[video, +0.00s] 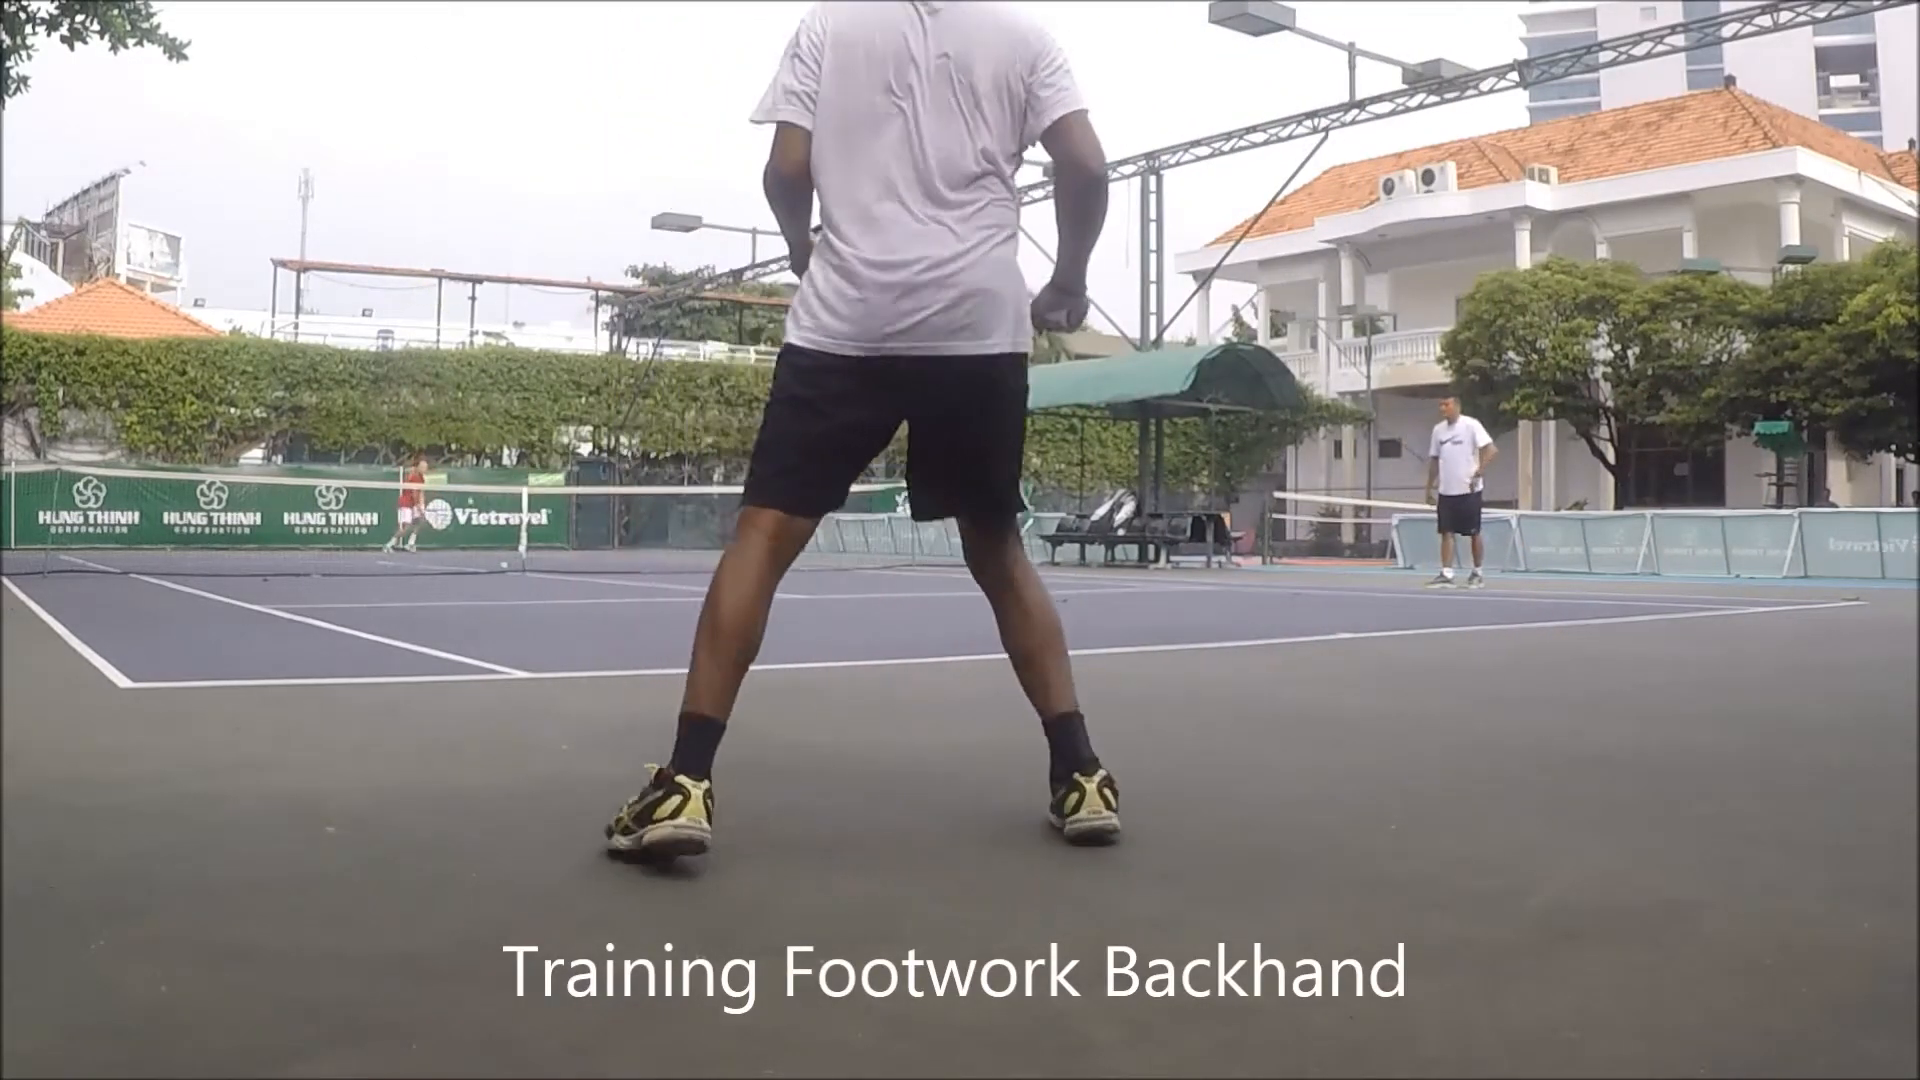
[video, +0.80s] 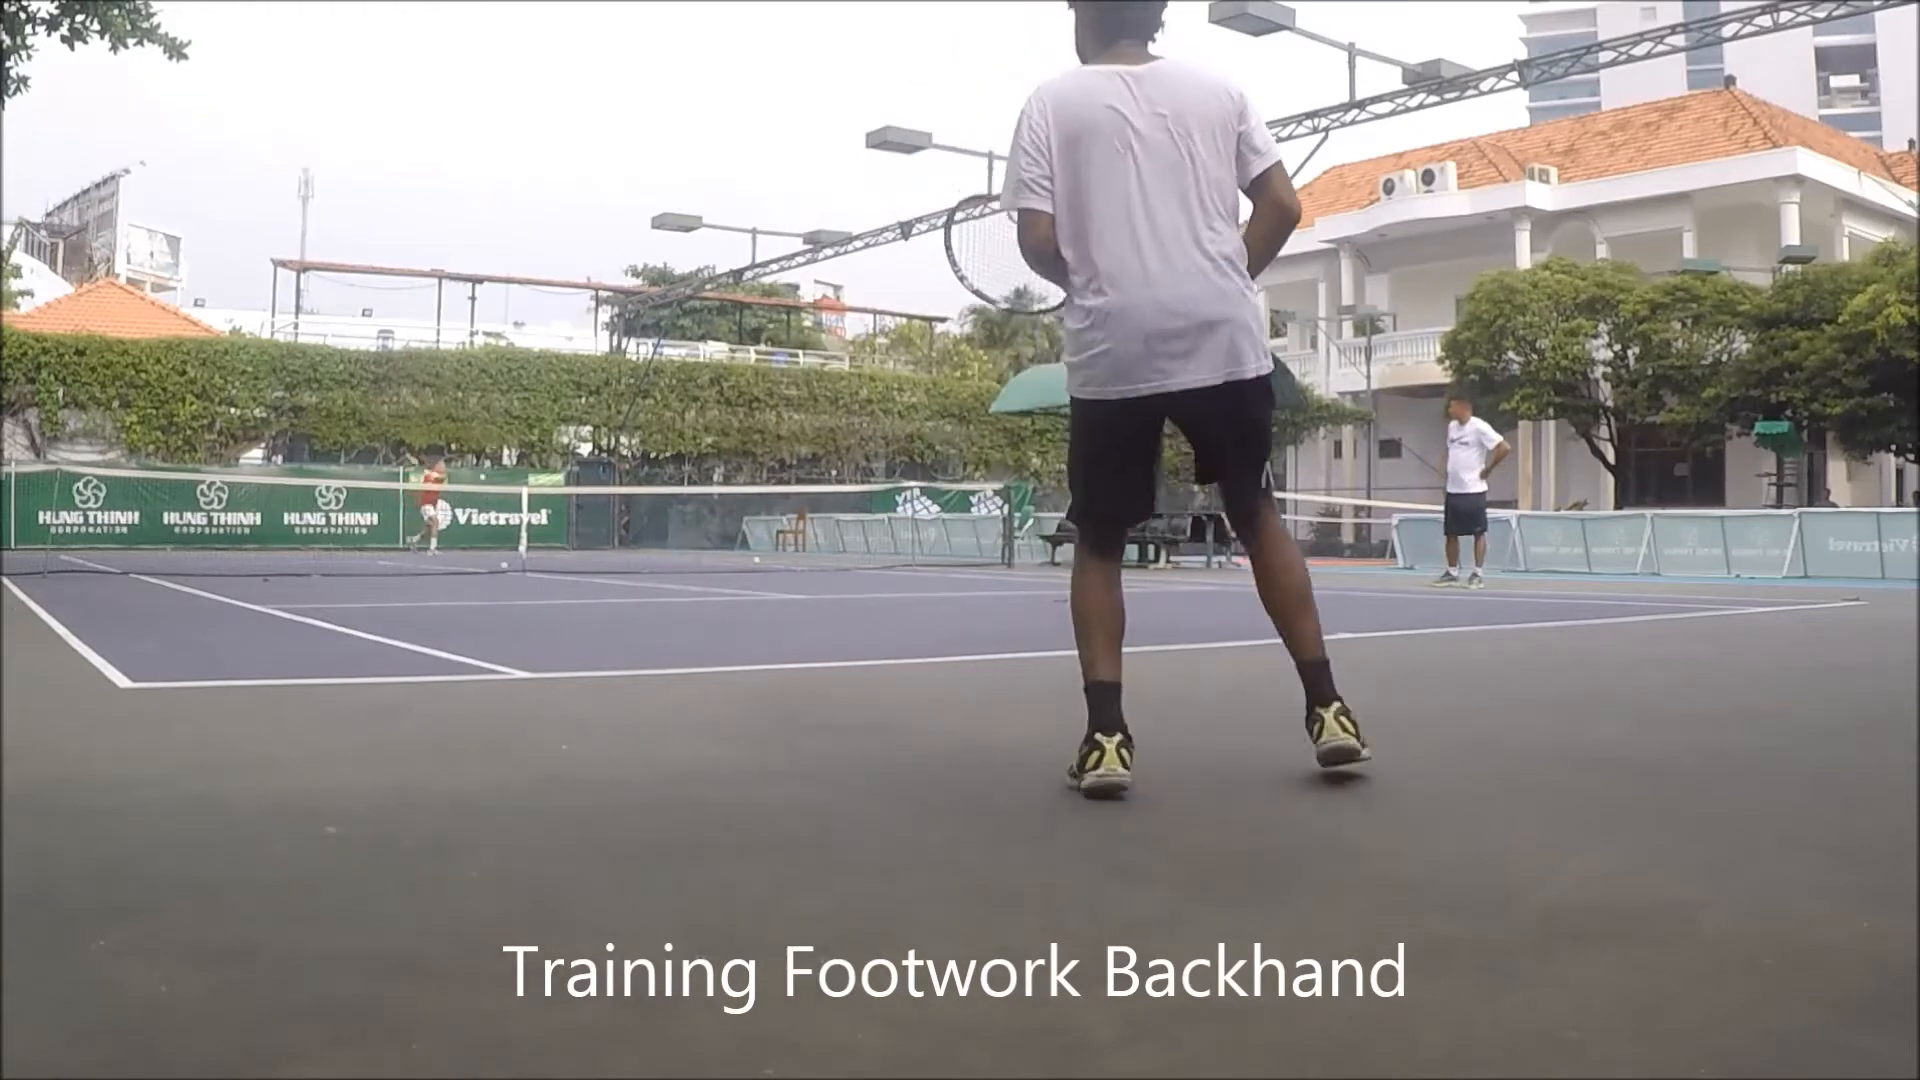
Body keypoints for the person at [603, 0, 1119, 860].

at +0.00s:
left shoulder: (828, 22)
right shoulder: (1020, 31)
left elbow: (788, 168)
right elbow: (1085, 164)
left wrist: (802, 249)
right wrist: (1069, 281)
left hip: (844, 325)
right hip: (978, 332)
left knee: (762, 539)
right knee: (999, 550)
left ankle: (685, 782)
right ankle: (1080, 773)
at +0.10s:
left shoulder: (884, 26)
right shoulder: (1074, 31)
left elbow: (850, 166)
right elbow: (1132, 167)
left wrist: (861, 251)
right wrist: (1105, 279)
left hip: (906, 323)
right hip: (1038, 327)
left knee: (828, 528)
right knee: (1040, 547)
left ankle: (756, 726)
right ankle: (1082, 772)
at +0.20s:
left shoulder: (921, 18)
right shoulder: (1114, 22)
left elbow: (888, 149)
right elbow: (1165, 157)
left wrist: (916, 235)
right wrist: (1127, 267)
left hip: (942, 303)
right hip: (1070, 306)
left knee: (905, 506)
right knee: (1068, 527)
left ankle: (874, 711)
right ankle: (1085, 767)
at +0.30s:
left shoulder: (953, 14)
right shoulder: (1143, 18)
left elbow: (916, 131)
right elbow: (1188, 148)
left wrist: (944, 221)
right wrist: (1148, 247)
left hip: (975, 294)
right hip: (1098, 290)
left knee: (977, 513)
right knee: (1090, 520)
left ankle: (996, 729)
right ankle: (1084, 765)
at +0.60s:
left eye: (1040, 13)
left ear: (1046, 13)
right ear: (1123, 8)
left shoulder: (1005, 78)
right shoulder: (1184, 66)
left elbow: (983, 216)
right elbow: (1242, 187)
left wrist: (1025, 284)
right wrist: (1191, 267)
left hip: (1064, 345)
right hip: (1176, 335)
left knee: (1086, 536)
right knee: (1188, 519)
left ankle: (1104, 738)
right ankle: (1148, 658)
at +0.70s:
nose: (1058, 24)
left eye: (1057, 18)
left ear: (1063, 21)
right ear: (1138, 18)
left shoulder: (1025, 90)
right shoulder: (1199, 76)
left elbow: (1011, 229)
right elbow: (1262, 194)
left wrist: (1071, 281)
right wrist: (1208, 268)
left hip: (1088, 340)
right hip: (1199, 329)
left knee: (1092, 541)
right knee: (1231, 495)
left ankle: (1106, 742)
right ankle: (1231, 666)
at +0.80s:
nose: (1075, 26)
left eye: (1076, 17)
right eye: (1083, 17)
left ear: (1082, 21)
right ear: (1155, 22)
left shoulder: (1050, 102)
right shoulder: (1218, 90)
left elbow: (1038, 246)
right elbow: (1281, 207)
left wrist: (1095, 283)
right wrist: (1229, 273)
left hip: (1109, 349)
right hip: (1223, 337)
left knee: (1098, 545)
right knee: (1257, 516)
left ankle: (1106, 734)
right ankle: (1326, 704)